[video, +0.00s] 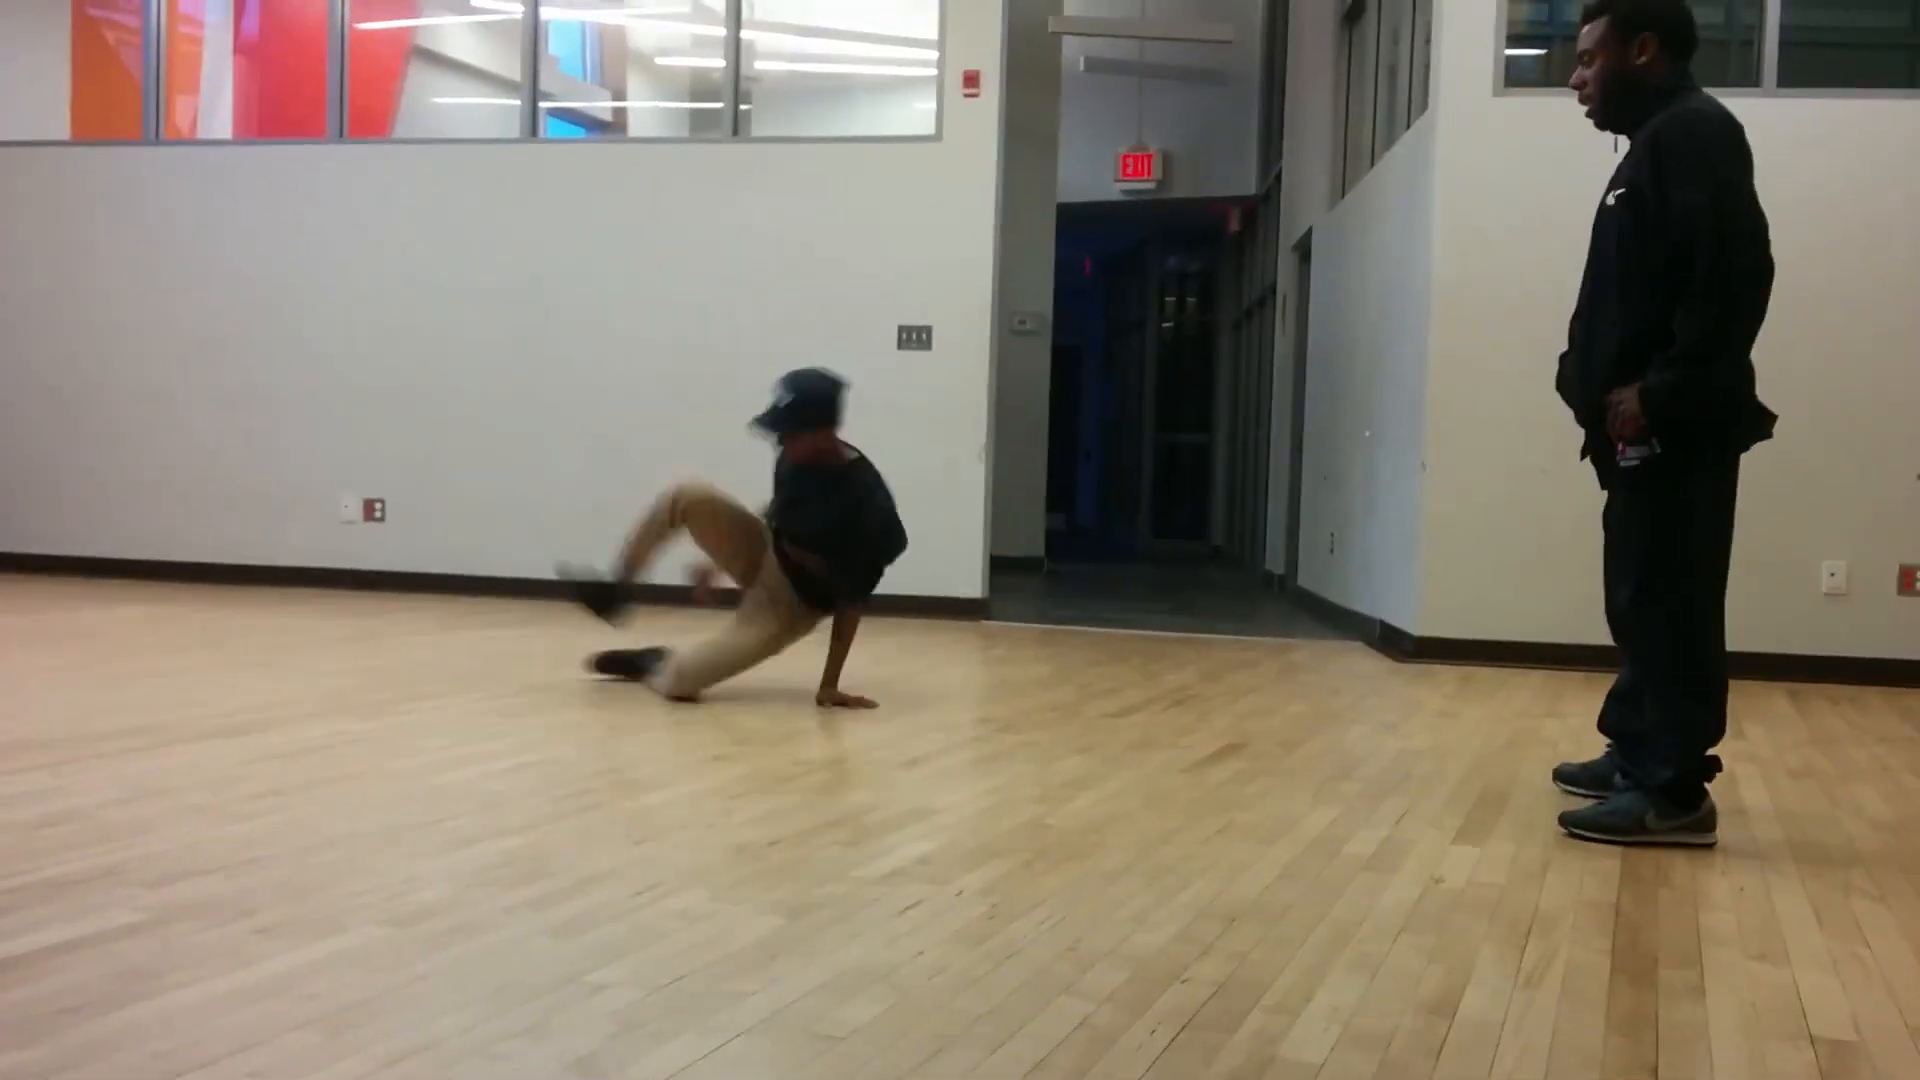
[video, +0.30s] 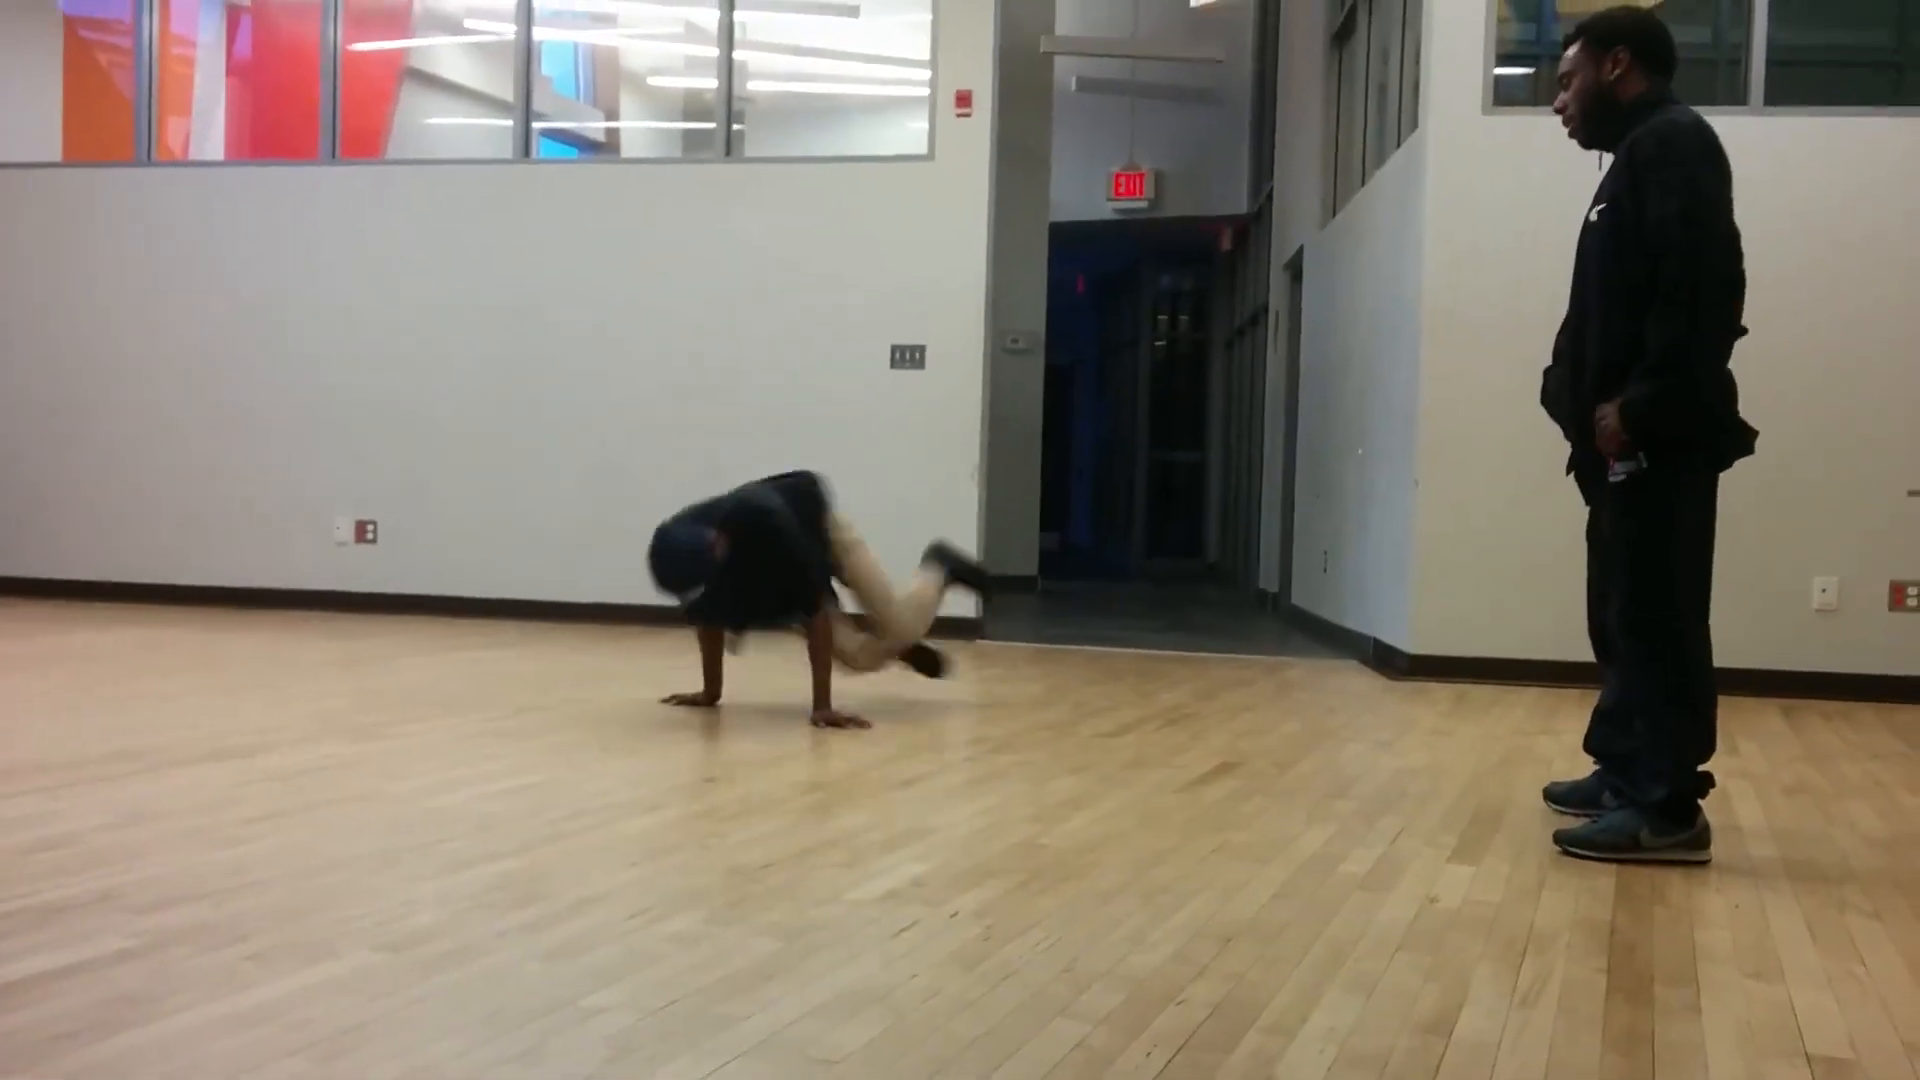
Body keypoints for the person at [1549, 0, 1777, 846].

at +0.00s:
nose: (1575, 78)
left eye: (1587, 57)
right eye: (1575, 60)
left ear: (1645, 51)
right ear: (1641, 56)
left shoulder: (1696, 134)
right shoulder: (1664, 136)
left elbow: (1733, 281)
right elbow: (1679, 283)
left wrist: (1657, 393)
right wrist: (1620, 389)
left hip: (1683, 428)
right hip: (1652, 426)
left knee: (1672, 603)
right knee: (1643, 598)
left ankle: (1674, 792)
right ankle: (1638, 757)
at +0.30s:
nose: (1558, 100)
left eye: (1566, 79)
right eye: (1557, 82)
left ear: (1617, 65)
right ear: (1619, 70)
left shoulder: (1676, 143)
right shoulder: (1647, 149)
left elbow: (1697, 300)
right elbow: (1645, 296)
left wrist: (1634, 407)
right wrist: (1594, 391)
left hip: (1663, 440)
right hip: (1630, 437)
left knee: (1657, 617)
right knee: (1625, 613)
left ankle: (1667, 807)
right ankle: (1626, 773)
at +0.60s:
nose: (1548, 120)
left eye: (1557, 99)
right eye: (1548, 101)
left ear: (1605, 90)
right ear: (1609, 93)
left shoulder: (1645, 171)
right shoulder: (1638, 169)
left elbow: (1679, 328)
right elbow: (1680, 327)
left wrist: (1597, 434)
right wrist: (1578, 426)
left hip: (1645, 462)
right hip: (1625, 460)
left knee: (1646, 636)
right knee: (1622, 631)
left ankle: (1659, 824)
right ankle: (1622, 793)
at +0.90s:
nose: (1531, 150)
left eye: (1540, 130)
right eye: (1531, 131)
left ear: (1585, 124)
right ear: (1593, 125)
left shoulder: (1623, 204)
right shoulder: (1630, 197)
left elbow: (1662, 343)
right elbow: (1700, 333)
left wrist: (1595, 460)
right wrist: (1604, 447)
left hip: (1646, 483)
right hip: (1635, 480)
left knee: (1644, 652)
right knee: (1623, 647)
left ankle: (1656, 840)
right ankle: (1623, 808)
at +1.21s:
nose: (1524, 175)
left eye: (1532, 155)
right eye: (1522, 157)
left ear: (1580, 146)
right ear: (1583, 147)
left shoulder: (1628, 224)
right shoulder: (1615, 221)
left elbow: (1657, 363)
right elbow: (1623, 363)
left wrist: (1596, 475)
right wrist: (1570, 463)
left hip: (1643, 492)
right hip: (1618, 491)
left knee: (1637, 658)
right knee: (1611, 654)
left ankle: (1647, 841)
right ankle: (1617, 814)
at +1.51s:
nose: (1538, 181)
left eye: (1546, 161)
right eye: (1536, 163)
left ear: (1596, 148)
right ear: (1599, 150)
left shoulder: (1648, 227)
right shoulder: (1626, 226)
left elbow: (1666, 378)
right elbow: (1631, 374)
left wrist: (1598, 479)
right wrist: (1572, 469)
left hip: (1644, 499)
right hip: (1619, 498)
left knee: (1631, 666)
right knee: (1611, 662)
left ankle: (1653, 857)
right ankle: (1619, 827)